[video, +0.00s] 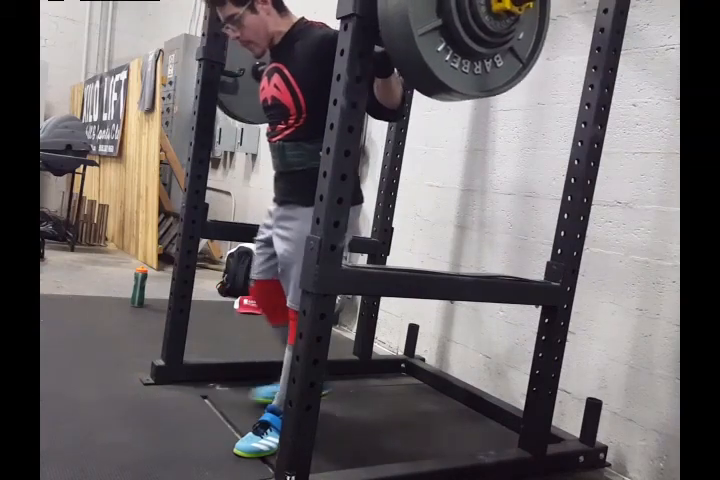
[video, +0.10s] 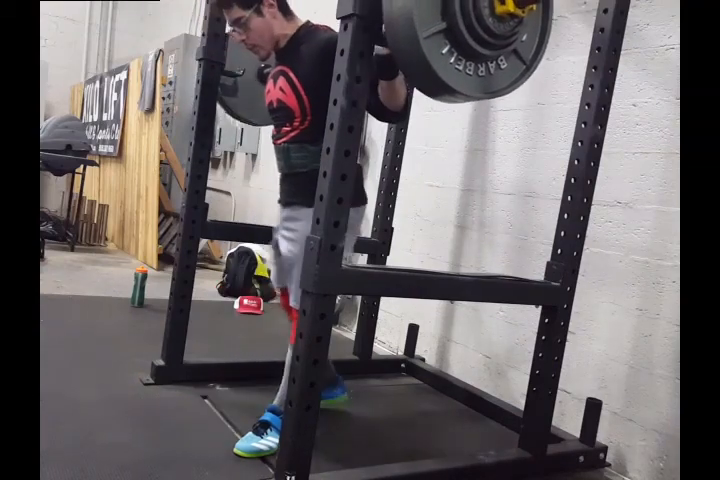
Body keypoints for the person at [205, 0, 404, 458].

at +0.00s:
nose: (234, 36)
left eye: (235, 22)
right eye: (227, 28)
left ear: (264, 5)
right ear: (262, 11)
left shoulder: (321, 43)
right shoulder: (273, 61)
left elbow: (390, 107)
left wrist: (381, 59)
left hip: (318, 210)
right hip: (284, 205)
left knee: (305, 319)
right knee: (264, 289)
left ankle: (284, 417)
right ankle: (302, 375)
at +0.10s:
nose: (237, 37)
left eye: (240, 24)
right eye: (232, 29)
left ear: (270, 8)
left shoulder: (324, 45)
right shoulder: (274, 66)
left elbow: (391, 108)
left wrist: (390, 54)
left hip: (330, 207)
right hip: (293, 204)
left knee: (312, 308)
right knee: (289, 293)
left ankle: (282, 415)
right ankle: (327, 380)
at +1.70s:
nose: (293, 57)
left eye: (297, 45)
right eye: (288, 49)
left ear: (327, 31)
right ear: (318, 37)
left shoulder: (389, 73)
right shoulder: (330, 80)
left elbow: (445, 128)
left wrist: (438, 82)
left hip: (386, 213)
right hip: (338, 210)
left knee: (385, 313)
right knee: (332, 299)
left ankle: (376, 424)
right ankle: (318, 378)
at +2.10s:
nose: (288, 54)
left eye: (292, 42)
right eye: (283, 45)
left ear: (324, 31)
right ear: (316, 36)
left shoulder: (384, 74)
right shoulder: (320, 81)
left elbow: (434, 131)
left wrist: (429, 86)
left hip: (380, 214)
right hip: (333, 211)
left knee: (377, 310)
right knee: (327, 301)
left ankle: (376, 424)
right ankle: (318, 379)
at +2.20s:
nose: (289, 53)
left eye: (294, 41)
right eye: (284, 44)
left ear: (325, 30)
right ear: (318, 35)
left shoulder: (384, 74)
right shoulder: (323, 81)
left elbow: (436, 133)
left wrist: (430, 86)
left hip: (381, 214)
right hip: (334, 211)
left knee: (380, 311)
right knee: (329, 300)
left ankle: (376, 423)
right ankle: (318, 379)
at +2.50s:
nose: (293, 53)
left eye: (298, 42)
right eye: (288, 44)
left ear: (330, 31)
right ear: (321, 36)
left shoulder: (390, 78)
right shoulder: (330, 83)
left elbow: (445, 129)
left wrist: (437, 85)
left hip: (389, 217)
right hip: (341, 213)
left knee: (388, 314)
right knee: (335, 301)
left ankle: (377, 424)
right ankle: (318, 379)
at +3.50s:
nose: (300, 22)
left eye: (309, 13)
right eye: (300, 14)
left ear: (339, 20)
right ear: (322, 24)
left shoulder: (387, 74)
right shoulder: (327, 82)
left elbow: (436, 132)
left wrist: (429, 85)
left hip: (381, 212)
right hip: (334, 211)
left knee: (382, 311)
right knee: (330, 300)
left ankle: (375, 423)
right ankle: (318, 379)